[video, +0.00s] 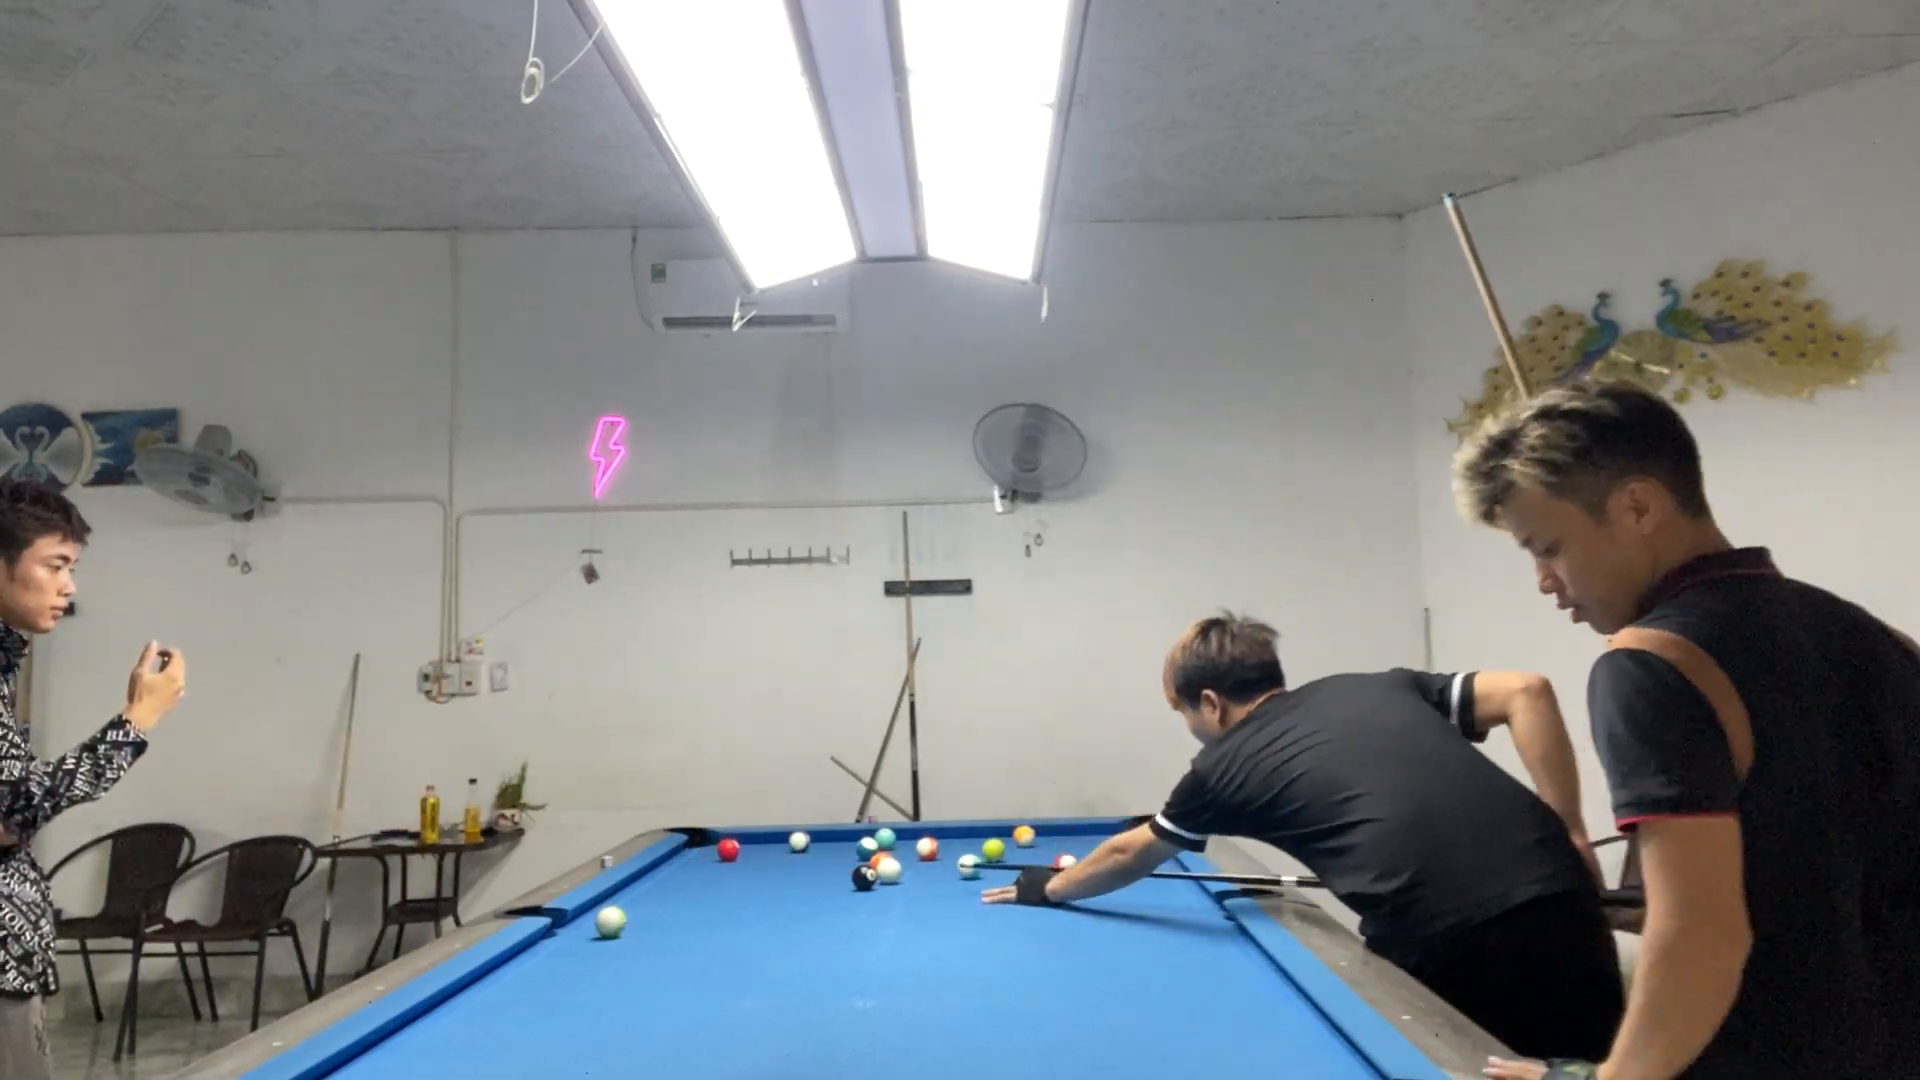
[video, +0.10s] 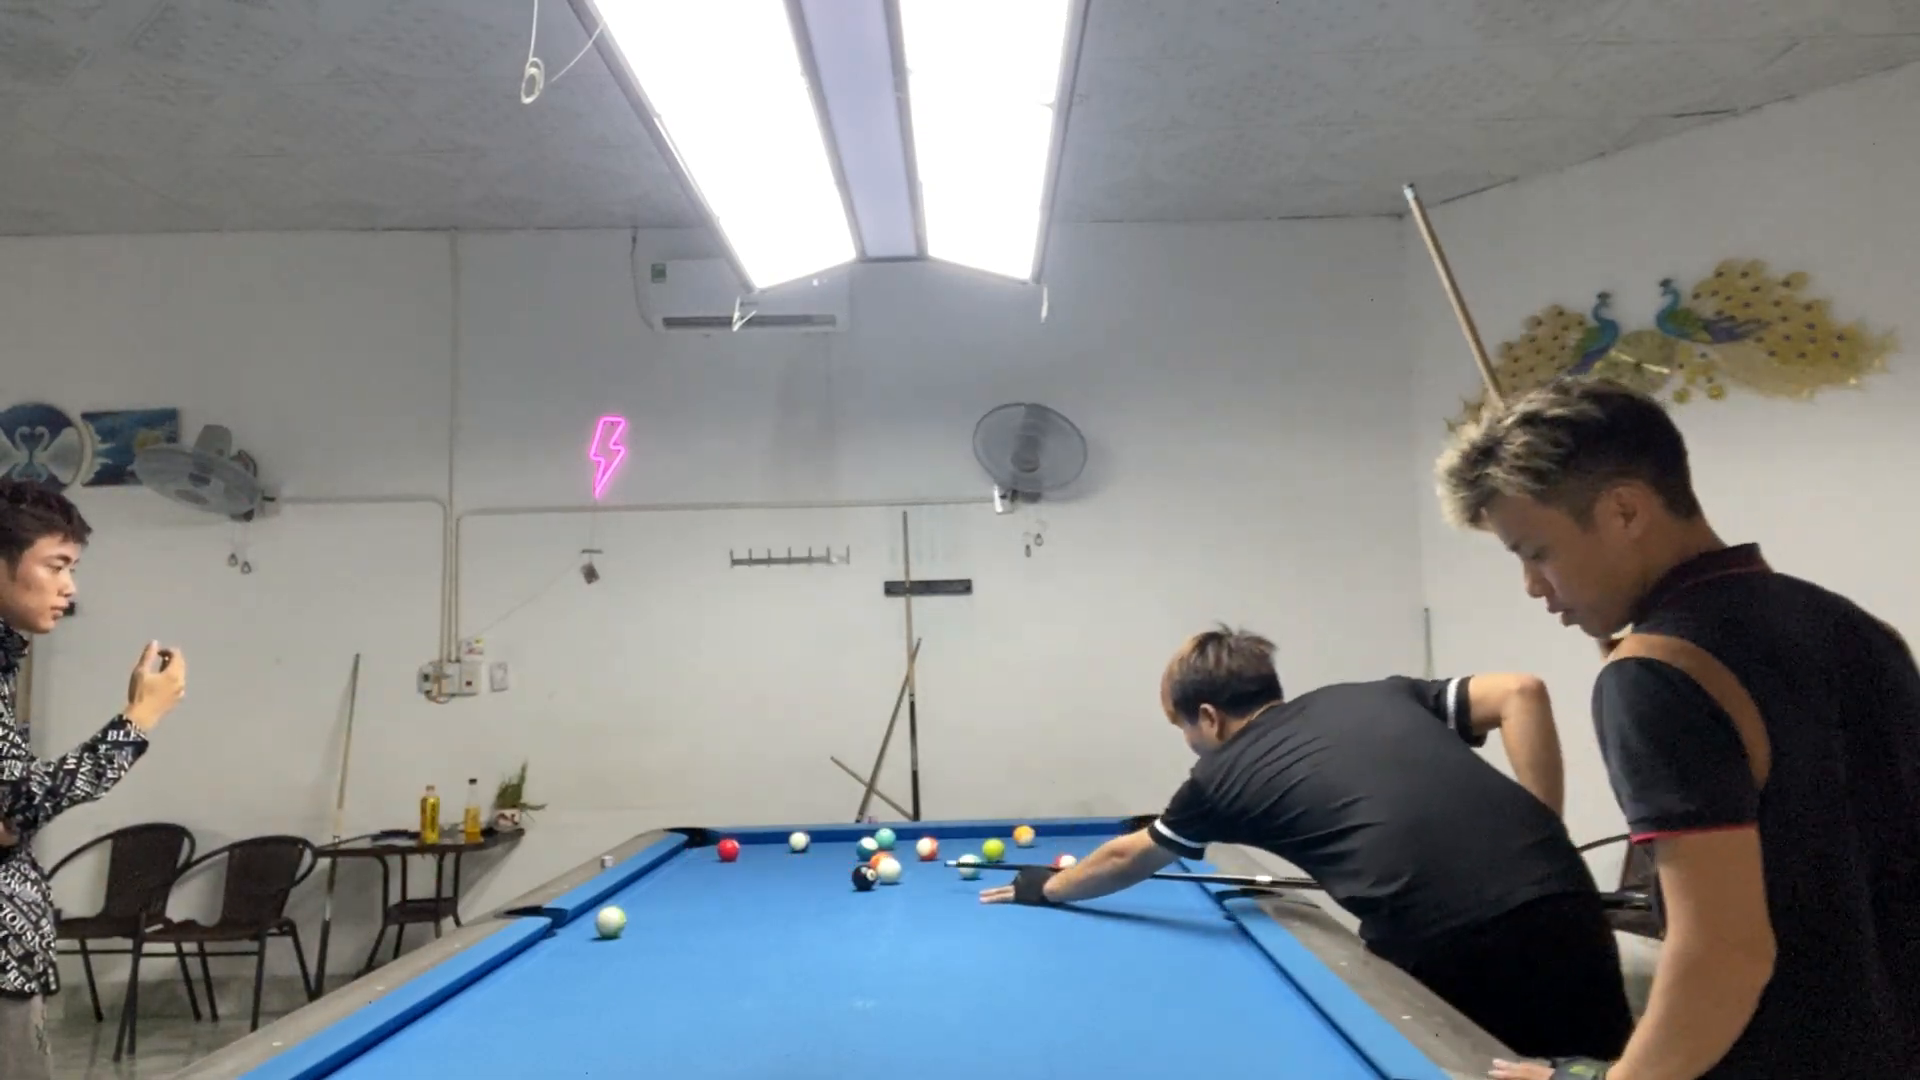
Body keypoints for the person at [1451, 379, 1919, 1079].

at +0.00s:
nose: (1545, 584)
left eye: (1550, 549)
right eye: (1535, 558)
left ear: (1638, 509)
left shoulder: (1649, 665)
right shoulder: (1874, 639)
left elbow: (1700, 939)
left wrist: (1614, 1074)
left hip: (1755, 1061)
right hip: (1894, 1052)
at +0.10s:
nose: (1534, 590)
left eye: (1537, 553)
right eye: (1522, 561)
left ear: (1625, 512)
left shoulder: (1654, 673)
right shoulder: (1857, 631)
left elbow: (1724, 953)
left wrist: (1614, 1077)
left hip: (1770, 1061)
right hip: (1893, 1050)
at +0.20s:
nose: (1523, 574)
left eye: (1526, 544)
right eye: (1515, 548)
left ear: (1609, 517)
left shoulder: (1654, 680)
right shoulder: (1851, 626)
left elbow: (1731, 963)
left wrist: (1614, 1077)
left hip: (1769, 1062)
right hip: (1894, 1048)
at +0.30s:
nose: (1518, 557)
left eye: (1520, 528)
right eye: (1511, 532)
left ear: (1600, 514)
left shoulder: (1654, 679)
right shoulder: (1850, 628)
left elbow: (1733, 964)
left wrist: (1609, 1076)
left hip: (1771, 1063)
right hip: (1895, 1050)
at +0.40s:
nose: (1520, 541)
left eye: (1523, 511)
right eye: (1515, 515)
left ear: (1598, 510)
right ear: (1691, 483)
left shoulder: (1645, 678)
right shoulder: (1853, 633)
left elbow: (1719, 958)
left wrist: (1605, 1072)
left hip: (1757, 1063)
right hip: (1890, 1051)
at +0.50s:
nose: (1528, 534)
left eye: (1529, 505)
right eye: (1522, 508)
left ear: (1599, 505)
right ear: (1696, 480)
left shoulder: (1635, 673)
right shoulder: (1856, 635)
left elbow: (1697, 952)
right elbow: (1896, 892)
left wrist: (1600, 1068)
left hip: (1743, 1062)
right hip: (1889, 1052)